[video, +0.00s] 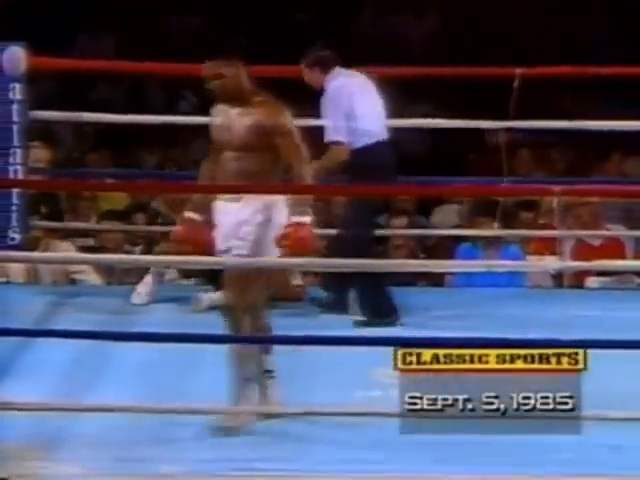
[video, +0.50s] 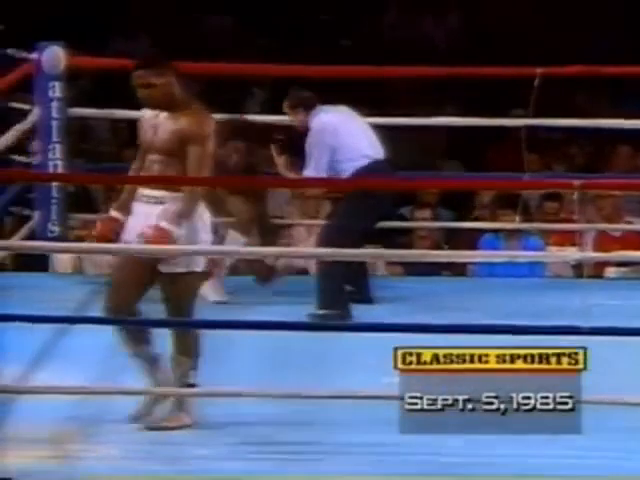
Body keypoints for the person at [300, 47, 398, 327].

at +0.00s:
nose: (307, 82)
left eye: (307, 76)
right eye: (305, 76)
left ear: (317, 70)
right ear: (331, 65)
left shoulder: (333, 91)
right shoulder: (361, 79)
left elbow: (341, 149)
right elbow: (377, 123)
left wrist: (316, 169)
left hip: (364, 155)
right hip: (384, 149)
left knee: (358, 230)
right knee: (355, 225)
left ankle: (381, 309)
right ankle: (336, 292)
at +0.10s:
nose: (293, 96)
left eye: (294, 89)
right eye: (292, 89)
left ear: (305, 87)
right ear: (317, 83)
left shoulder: (325, 104)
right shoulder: (345, 95)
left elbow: (323, 164)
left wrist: (293, 164)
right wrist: (299, 159)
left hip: (357, 167)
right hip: (376, 161)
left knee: (332, 236)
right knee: (341, 231)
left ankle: (364, 294)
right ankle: (339, 294)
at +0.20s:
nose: (286, 104)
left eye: (288, 97)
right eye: (286, 97)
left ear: (302, 94)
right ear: (308, 92)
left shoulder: (320, 115)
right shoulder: (341, 100)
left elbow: (314, 171)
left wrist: (281, 163)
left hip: (356, 173)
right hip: (379, 166)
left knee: (329, 234)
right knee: (337, 231)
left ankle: (342, 295)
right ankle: (339, 289)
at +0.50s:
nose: (293, 123)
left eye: (292, 117)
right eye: (290, 117)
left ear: (301, 111)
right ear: (312, 105)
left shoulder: (320, 125)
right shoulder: (342, 112)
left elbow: (314, 178)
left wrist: (284, 172)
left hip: (363, 182)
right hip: (383, 174)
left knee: (329, 240)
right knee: (347, 235)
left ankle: (333, 308)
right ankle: (359, 289)